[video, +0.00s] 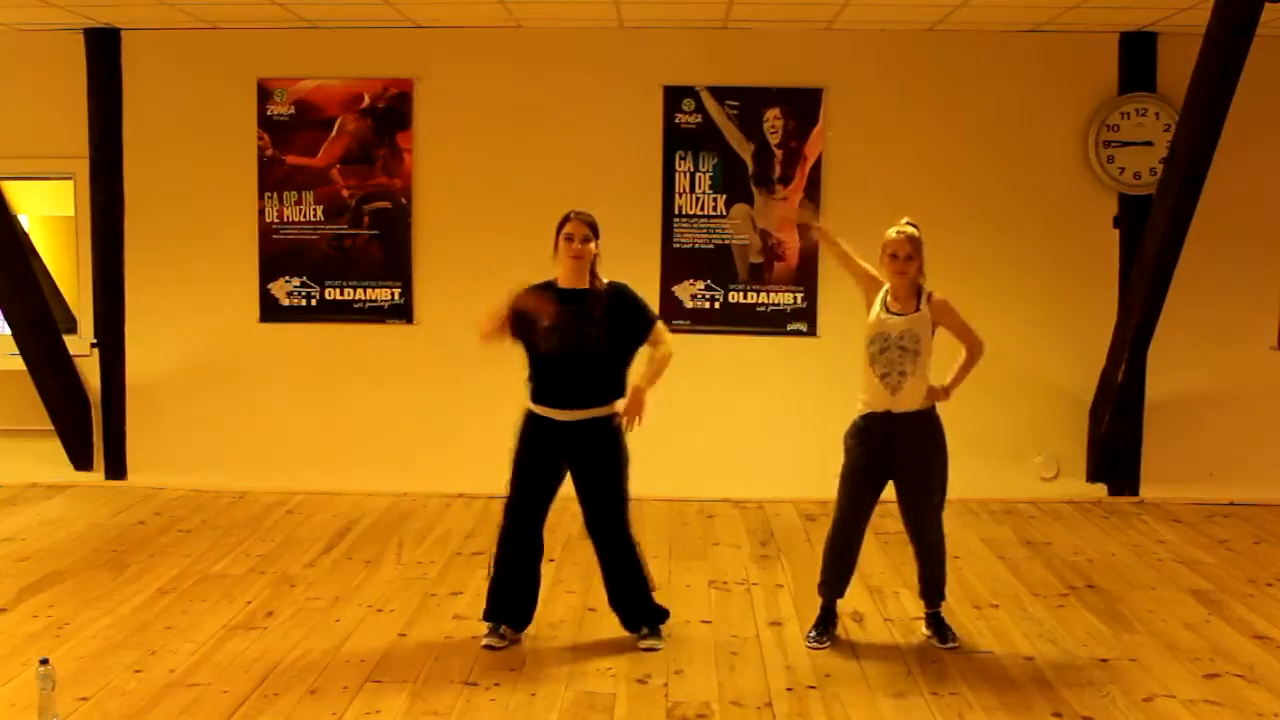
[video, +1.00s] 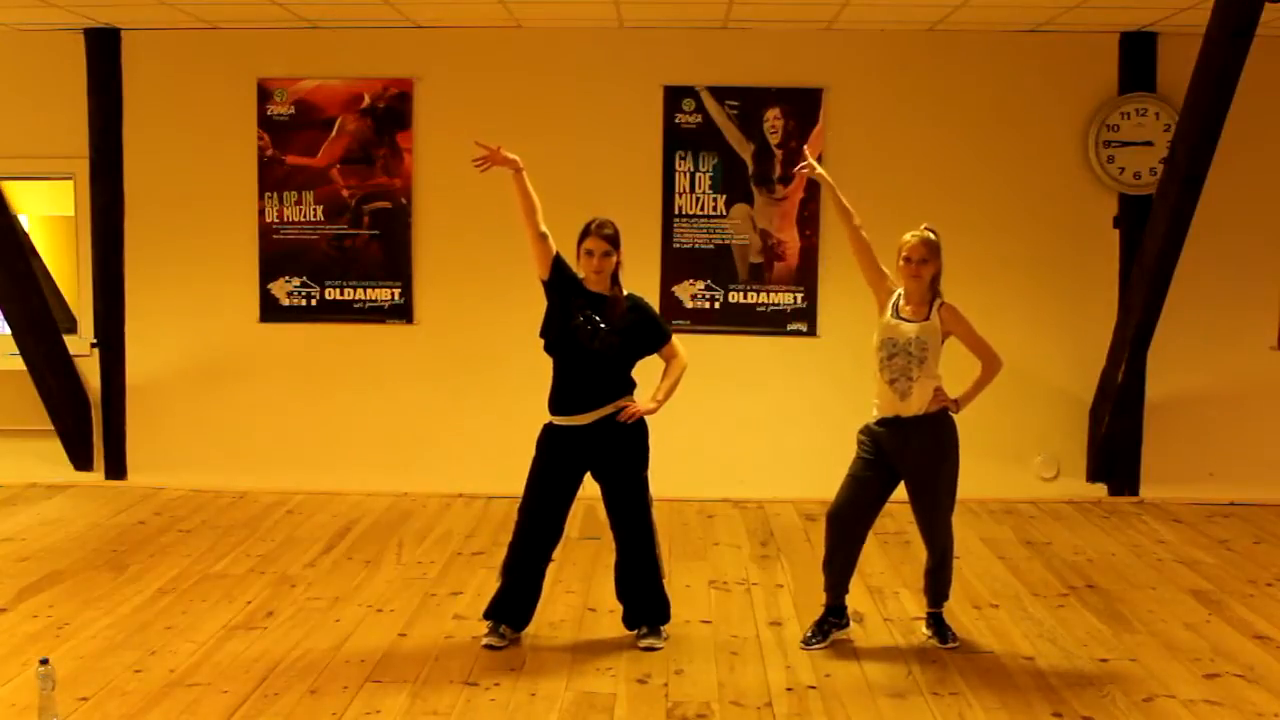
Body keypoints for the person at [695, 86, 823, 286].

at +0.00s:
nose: (771, 125)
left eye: (777, 119)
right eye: (766, 121)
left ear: (788, 124)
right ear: (762, 127)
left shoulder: (802, 158)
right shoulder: (753, 154)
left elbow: (824, 125)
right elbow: (723, 123)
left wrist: (828, 88)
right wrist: (701, 89)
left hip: (786, 241)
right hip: (758, 237)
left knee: (777, 304)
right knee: (739, 210)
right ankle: (743, 284)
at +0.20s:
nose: (771, 125)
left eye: (777, 119)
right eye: (766, 121)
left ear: (789, 124)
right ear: (762, 127)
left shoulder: (803, 158)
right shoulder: (753, 154)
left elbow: (824, 124)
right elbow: (723, 122)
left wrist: (829, 86)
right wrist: (701, 89)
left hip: (786, 242)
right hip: (757, 239)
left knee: (776, 305)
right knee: (739, 210)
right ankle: (743, 285)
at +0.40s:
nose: (771, 125)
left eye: (777, 119)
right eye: (766, 121)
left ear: (789, 124)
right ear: (762, 127)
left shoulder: (803, 158)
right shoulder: (753, 155)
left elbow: (824, 124)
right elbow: (723, 122)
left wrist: (828, 87)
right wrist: (701, 89)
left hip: (787, 242)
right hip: (757, 239)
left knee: (777, 305)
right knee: (739, 210)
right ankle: (743, 285)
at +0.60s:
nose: (771, 125)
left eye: (777, 119)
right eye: (766, 121)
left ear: (789, 124)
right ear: (762, 127)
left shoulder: (803, 159)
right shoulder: (753, 155)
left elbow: (824, 125)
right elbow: (723, 122)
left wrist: (828, 88)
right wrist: (701, 89)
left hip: (787, 242)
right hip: (757, 239)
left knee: (777, 305)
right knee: (739, 210)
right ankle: (743, 285)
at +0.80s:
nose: (771, 125)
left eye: (777, 119)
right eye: (766, 121)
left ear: (789, 124)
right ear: (762, 127)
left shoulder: (803, 158)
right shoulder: (753, 155)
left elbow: (824, 125)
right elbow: (723, 122)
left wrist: (828, 88)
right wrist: (701, 89)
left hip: (787, 242)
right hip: (758, 239)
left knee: (777, 305)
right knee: (739, 210)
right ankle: (743, 284)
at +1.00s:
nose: (771, 125)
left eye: (777, 119)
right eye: (766, 121)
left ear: (788, 124)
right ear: (762, 127)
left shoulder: (803, 158)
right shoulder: (753, 155)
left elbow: (825, 124)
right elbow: (723, 122)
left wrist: (829, 86)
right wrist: (701, 89)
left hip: (787, 242)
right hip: (757, 239)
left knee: (777, 305)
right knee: (739, 210)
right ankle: (743, 284)